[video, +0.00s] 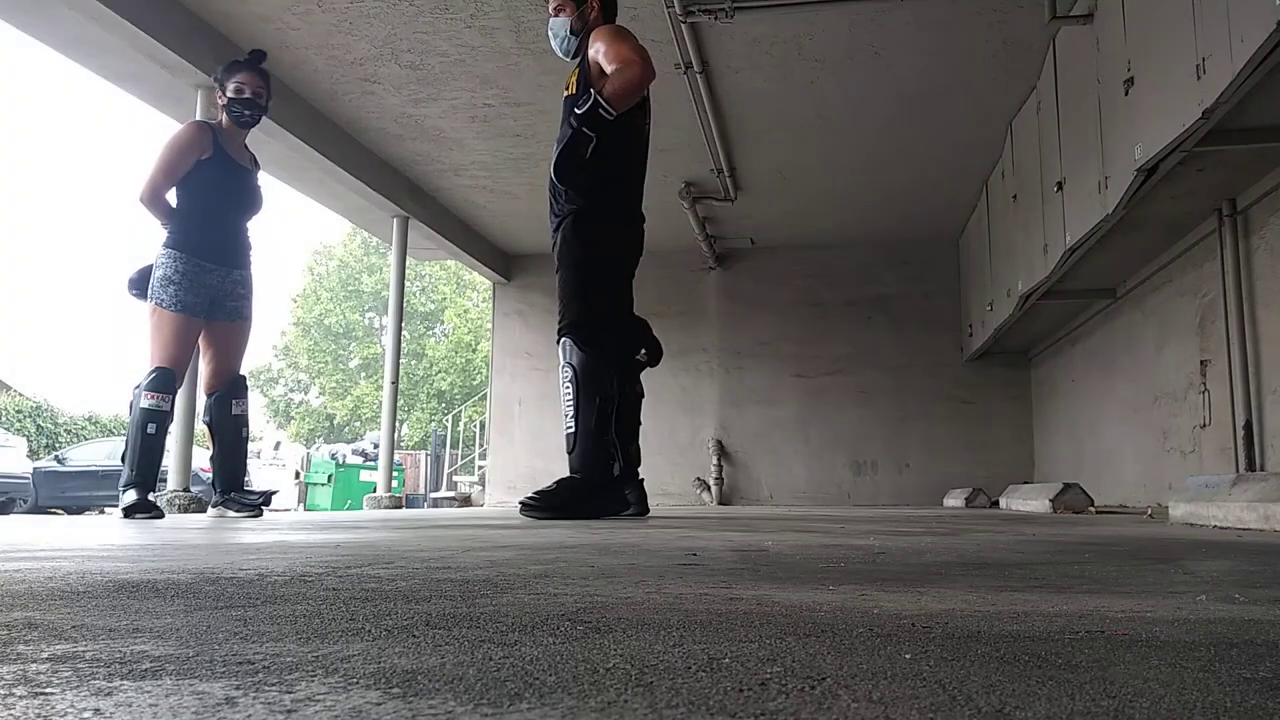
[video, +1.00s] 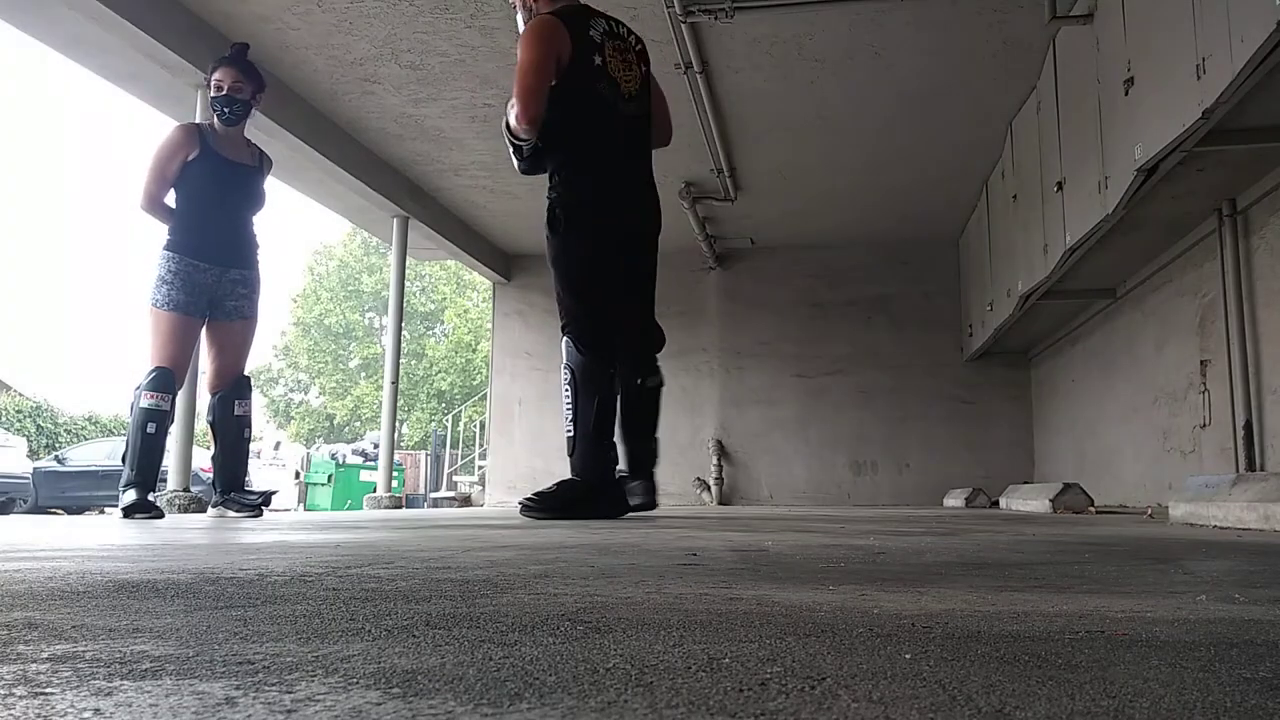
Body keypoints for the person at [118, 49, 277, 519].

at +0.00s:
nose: (248, 99)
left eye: (258, 94)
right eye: (240, 90)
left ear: (266, 103)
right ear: (220, 94)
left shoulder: (250, 159)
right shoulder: (198, 133)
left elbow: (234, 217)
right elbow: (151, 194)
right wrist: (180, 229)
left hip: (235, 273)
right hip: (186, 263)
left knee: (225, 382)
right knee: (164, 375)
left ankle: (228, 488)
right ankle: (138, 489)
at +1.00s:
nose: (226, 95)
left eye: (237, 89)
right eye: (218, 87)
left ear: (255, 98)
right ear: (208, 92)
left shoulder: (261, 160)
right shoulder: (186, 136)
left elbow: (247, 212)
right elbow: (151, 200)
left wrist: (239, 236)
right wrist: (191, 228)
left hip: (239, 274)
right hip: (185, 266)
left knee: (229, 384)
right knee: (165, 376)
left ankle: (229, 488)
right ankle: (137, 489)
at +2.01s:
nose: (188, 77)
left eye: (200, 70)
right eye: (180, 66)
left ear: (216, 79)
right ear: (166, 69)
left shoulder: (226, 141)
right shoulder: (137, 113)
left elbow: (204, 197)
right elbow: (90, 172)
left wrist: (188, 223)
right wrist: (128, 210)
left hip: (196, 258)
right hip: (135, 255)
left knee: (200, 366)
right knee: (139, 378)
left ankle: (205, 479)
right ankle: (137, 492)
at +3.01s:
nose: (108, 10)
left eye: (121, 4)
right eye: (100, 3)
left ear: (138, 9)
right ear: (83, 6)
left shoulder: (158, 67)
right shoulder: (47, 54)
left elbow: (195, 149)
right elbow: (14, 135)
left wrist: (160, 147)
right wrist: (34, 108)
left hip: (133, 216)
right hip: (59, 211)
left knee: (133, 354)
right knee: (17, 346)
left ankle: (146, 489)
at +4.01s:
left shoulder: (151, 31)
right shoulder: (29, 5)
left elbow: (147, 132)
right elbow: (1, 52)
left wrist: (157, 115)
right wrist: (26, 71)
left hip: (101, 176)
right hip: (20, 158)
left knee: (84, 337)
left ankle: (63, 484)